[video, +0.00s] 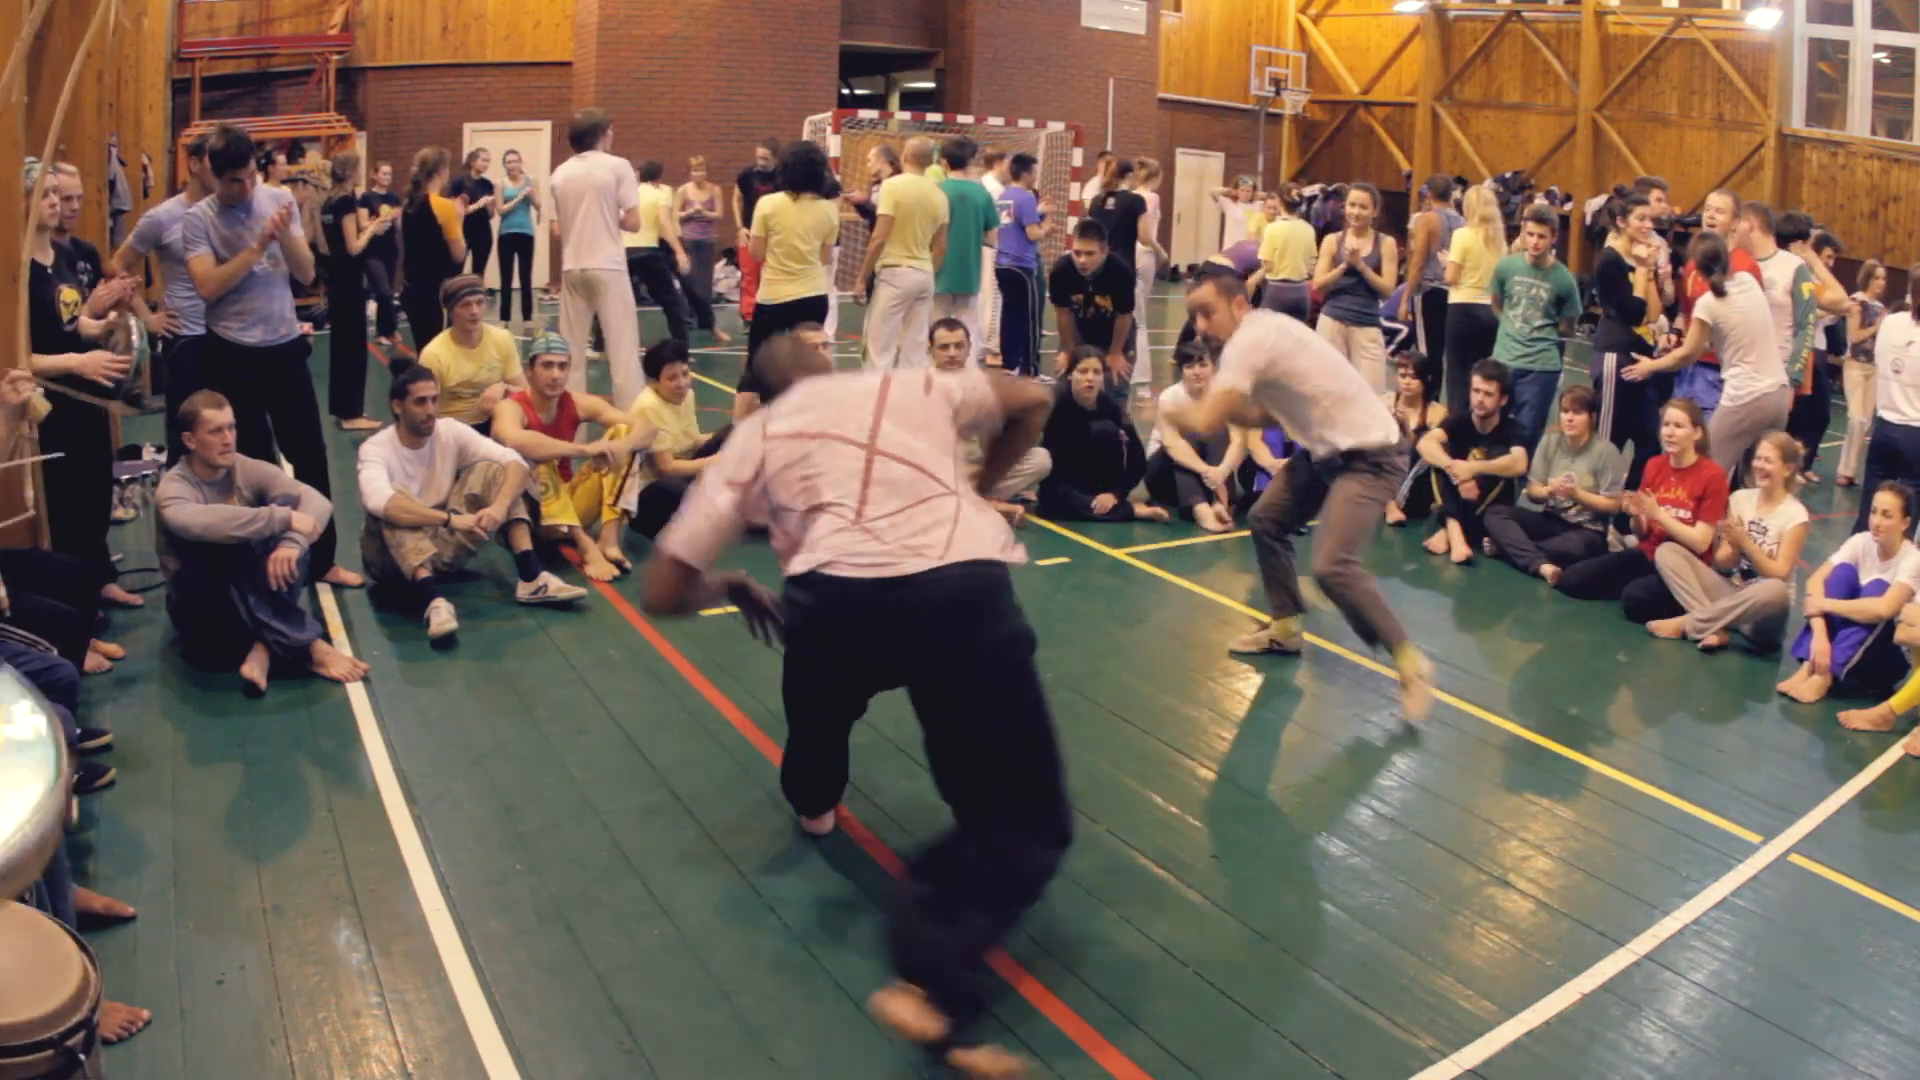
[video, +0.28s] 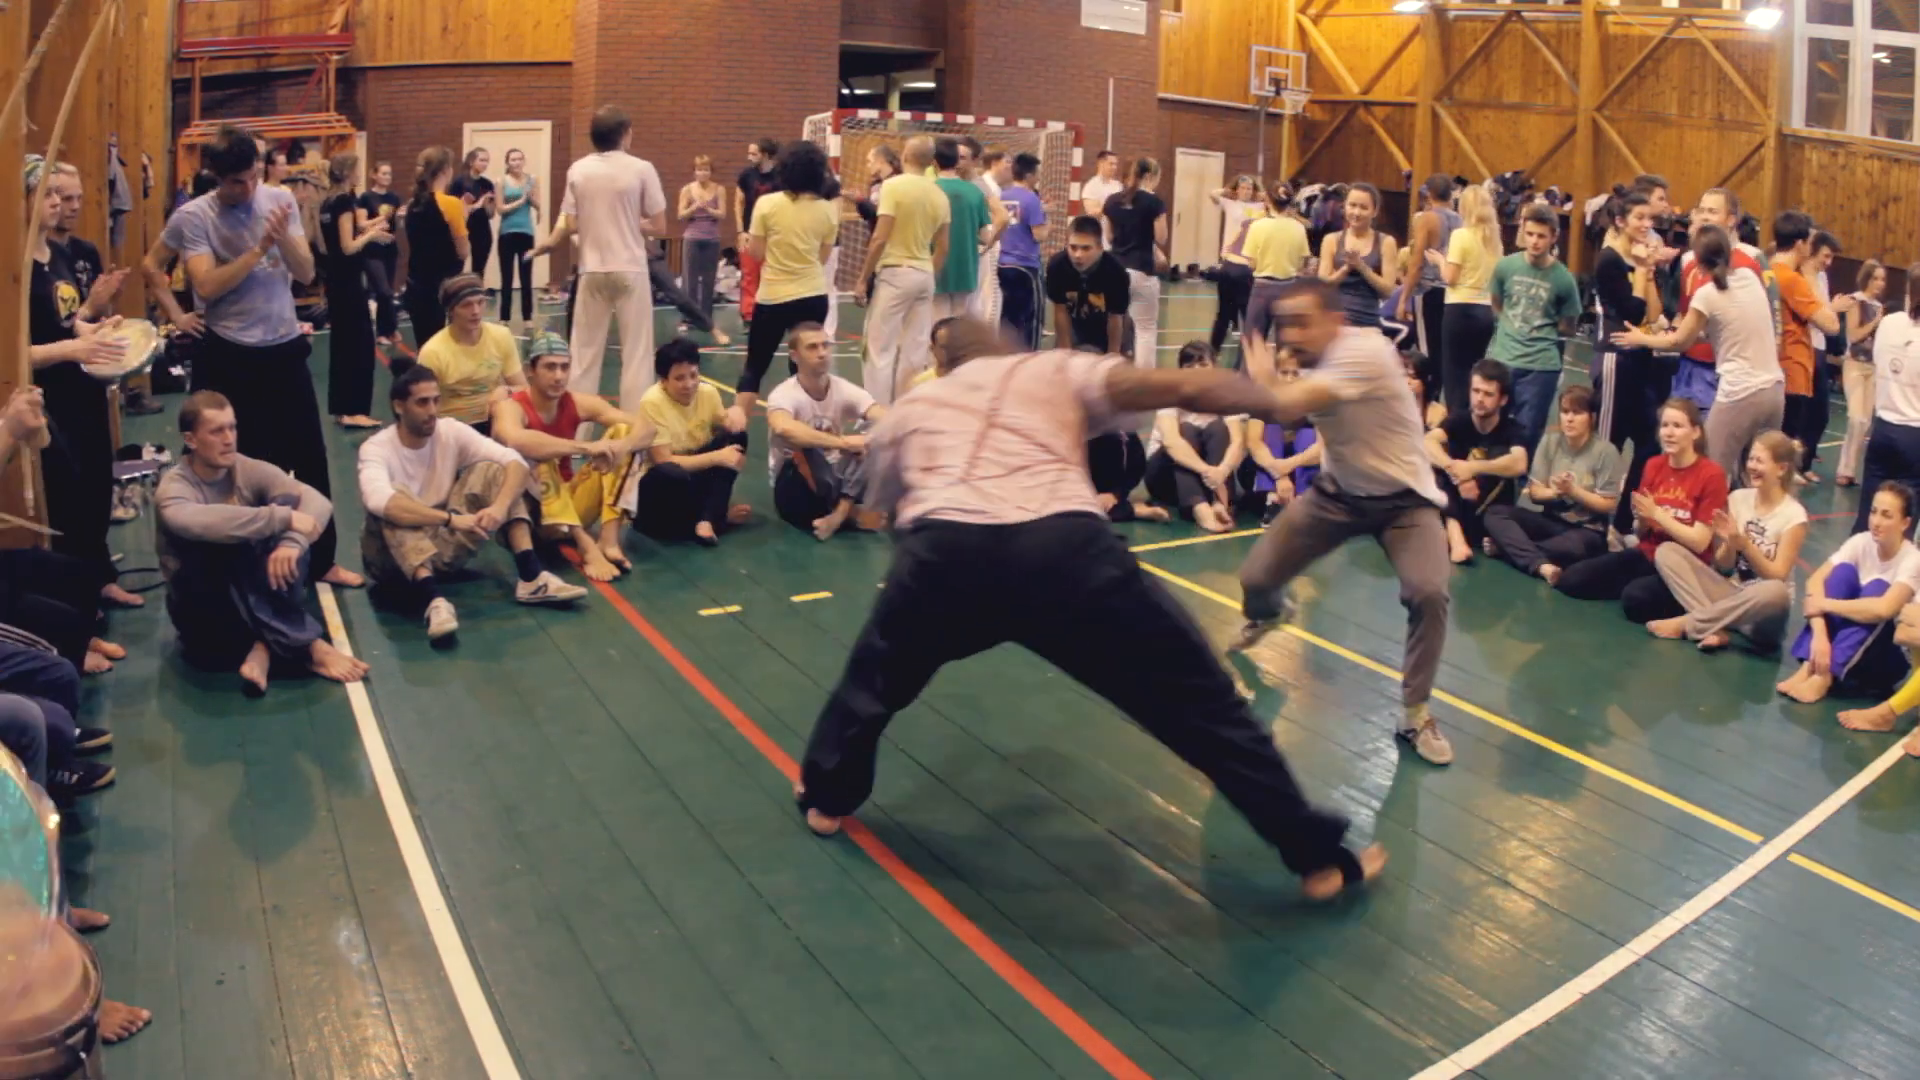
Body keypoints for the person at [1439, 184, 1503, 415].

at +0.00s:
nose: (1463, 210)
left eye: (1465, 206)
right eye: (1465, 206)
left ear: (1468, 208)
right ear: (1493, 208)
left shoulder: (1463, 235)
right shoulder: (1499, 239)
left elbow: (1452, 276)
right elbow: (1499, 275)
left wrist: (1446, 261)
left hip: (1461, 305)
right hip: (1488, 306)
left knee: (1457, 374)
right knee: (1482, 371)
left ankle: (1457, 425)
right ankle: (1480, 426)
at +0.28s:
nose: (1459, 210)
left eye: (1460, 206)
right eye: (1460, 206)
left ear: (1465, 208)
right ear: (1489, 208)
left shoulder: (1461, 235)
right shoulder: (1494, 240)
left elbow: (1450, 276)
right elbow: (1492, 274)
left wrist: (1439, 261)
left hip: (1459, 306)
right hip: (1485, 306)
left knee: (1454, 375)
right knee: (1474, 372)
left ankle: (1455, 427)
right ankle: (1472, 426)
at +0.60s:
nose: (1450, 209)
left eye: (1452, 204)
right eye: (1452, 204)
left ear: (1456, 208)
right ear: (1480, 208)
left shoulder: (1455, 237)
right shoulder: (1488, 238)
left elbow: (1447, 279)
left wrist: (1435, 263)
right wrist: (1442, 260)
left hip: (1456, 308)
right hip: (1480, 308)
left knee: (1446, 368)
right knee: (1466, 369)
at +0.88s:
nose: (1438, 210)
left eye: (1440, 206)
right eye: (1439, 206)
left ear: (1445, 208)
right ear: (1468, 209)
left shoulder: (1447, 238)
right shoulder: (1473, 238)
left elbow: (1440, 280)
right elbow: (1470, 274)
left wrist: (1422, 263)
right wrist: (1429, 261)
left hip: (1446, 307)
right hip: (1467, 305)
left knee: (1444, 371)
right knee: (1451, 371)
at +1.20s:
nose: (1425, 205)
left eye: (1427, 200)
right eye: (1426, 200)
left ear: (1433, 203)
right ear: (1454, 205)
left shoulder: (1431, 229)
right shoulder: (1457, 231)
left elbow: (1422, 270)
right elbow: (1448, 269)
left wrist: (1406, 259)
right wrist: (1413, 258)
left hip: (1431, 306)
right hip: (1450, 303)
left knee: (1438, 371)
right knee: (1431, 368)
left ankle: (1450, 418)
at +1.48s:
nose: (1415, 204)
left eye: (1417, 200)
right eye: (1417, 200)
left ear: (1421, 203)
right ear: (1444, 204)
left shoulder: (1420, 227)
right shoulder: (1446, 228)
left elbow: (1411, 267)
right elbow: (1440, 268)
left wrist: (1399, 258)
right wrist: (1406, 256)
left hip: (1420, 304)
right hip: (1440, 302)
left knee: (1400, 360)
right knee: (1434, 364)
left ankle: (1408, 409)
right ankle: (1431, 407)